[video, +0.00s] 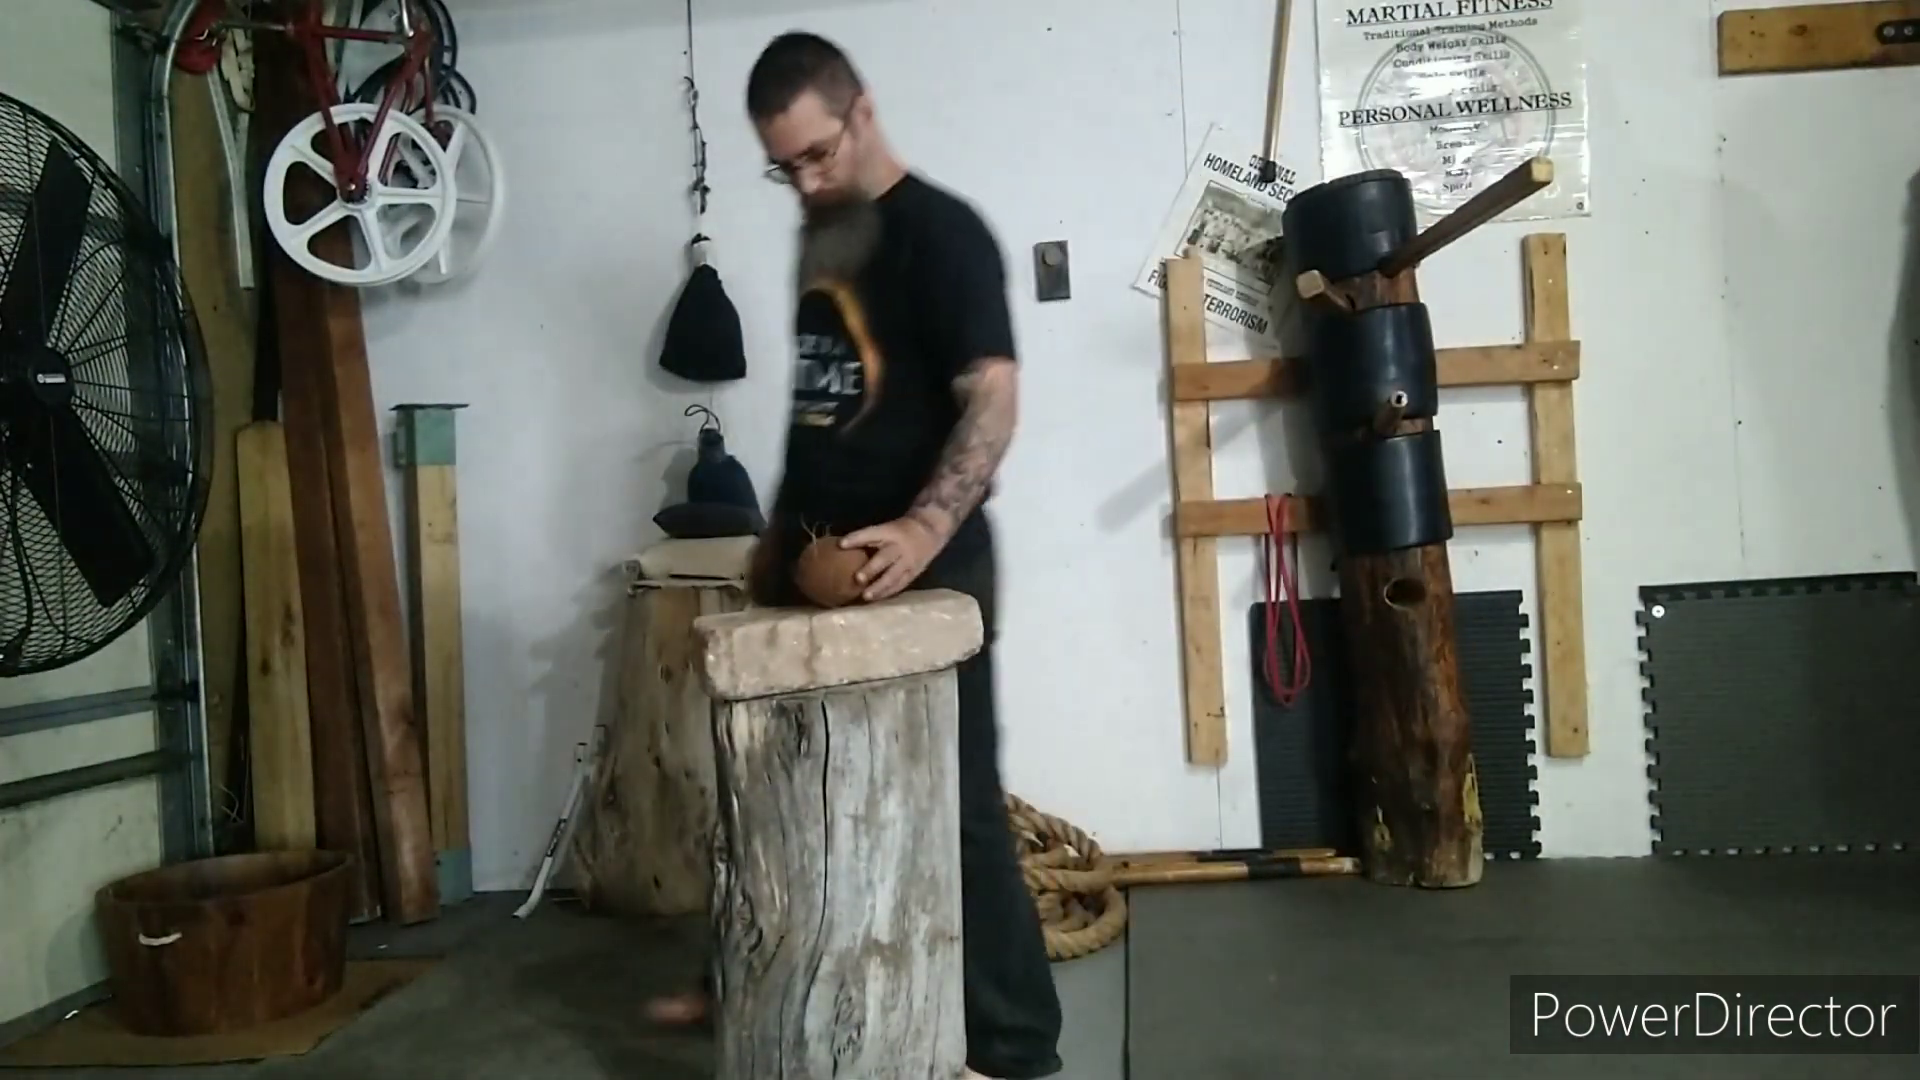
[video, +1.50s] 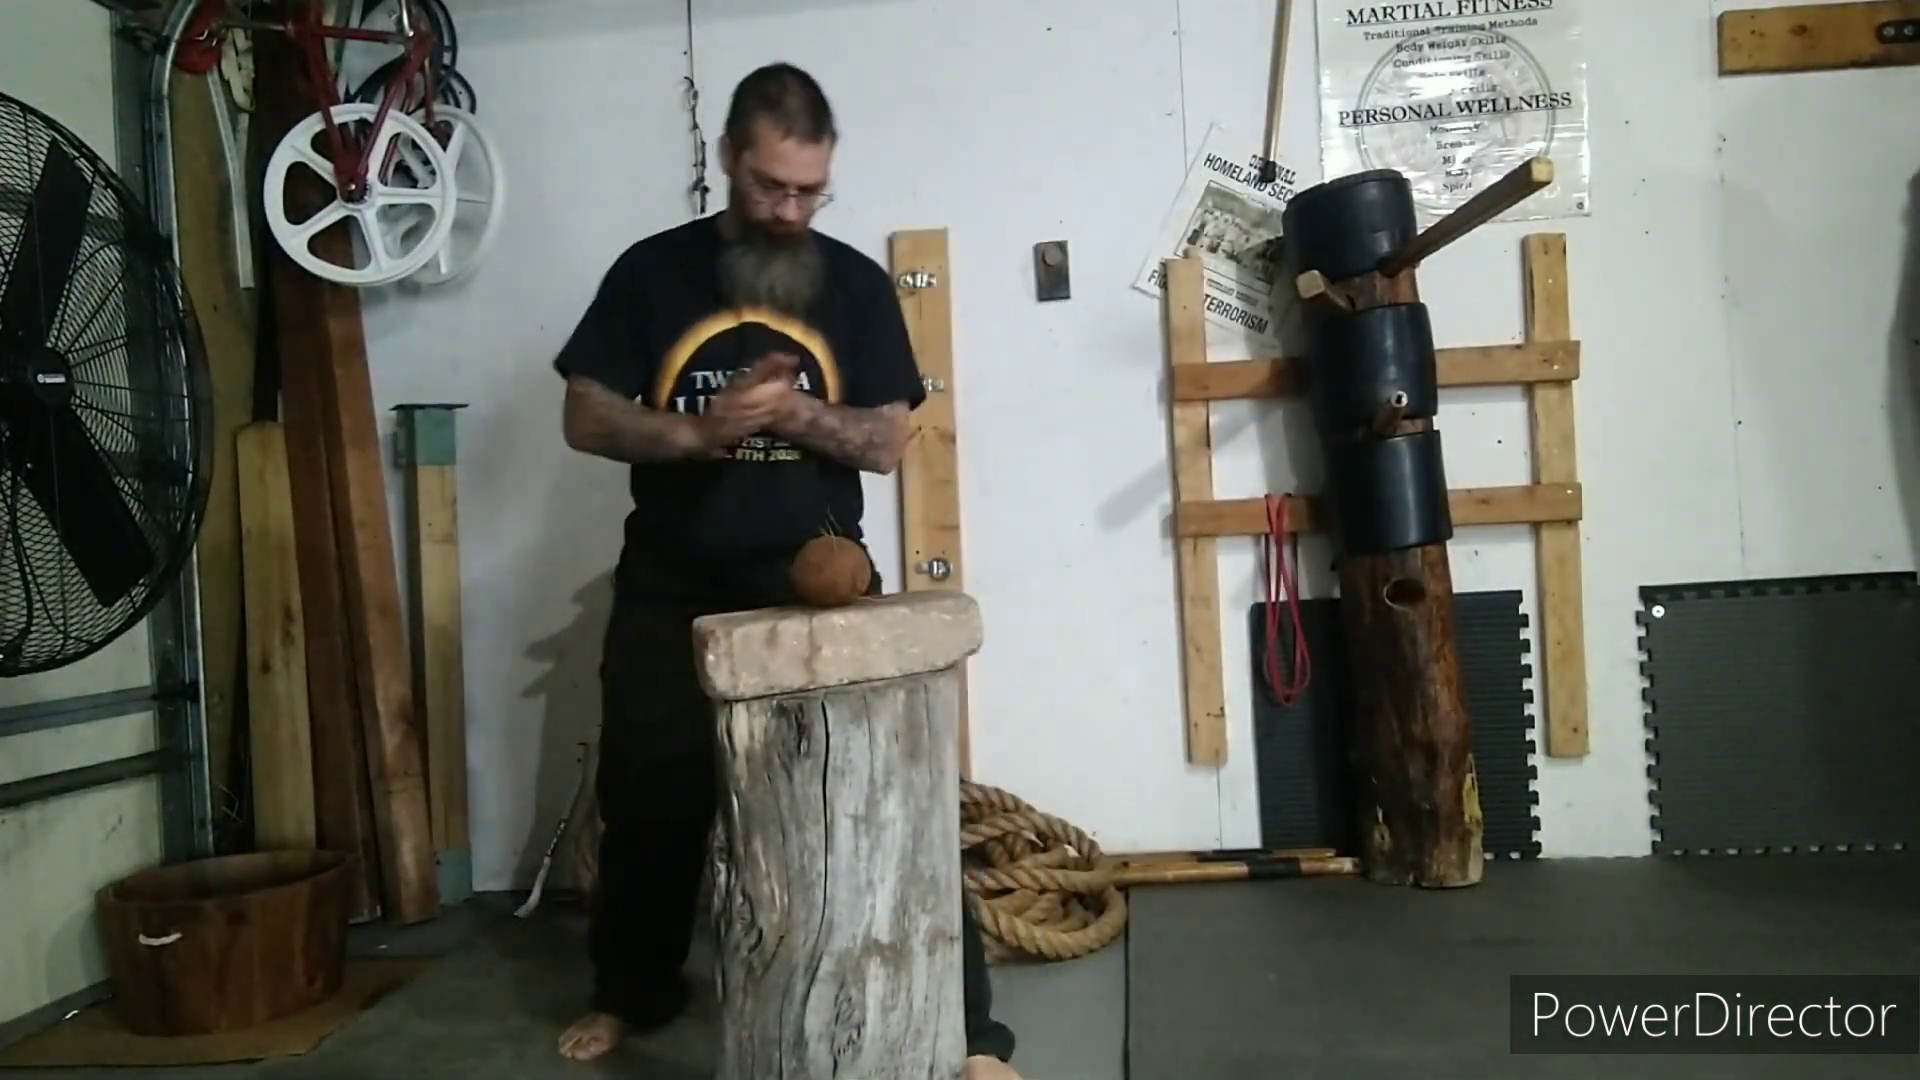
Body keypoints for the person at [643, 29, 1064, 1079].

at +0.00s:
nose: (807, 182)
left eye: (819, 154)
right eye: (786, 164)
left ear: (864, 111)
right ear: (770, 148)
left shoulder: (944, 230)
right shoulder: (817, 234)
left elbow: (995, 399)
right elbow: (821, 404)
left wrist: (927, 526)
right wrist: (782, 530)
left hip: (924, 564)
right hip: (814, 559)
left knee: (954, 808)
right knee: (795, 793)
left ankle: (1014, 1042)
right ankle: (755, 983)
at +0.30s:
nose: (751, 197)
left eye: (769, 173)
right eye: (729, 178)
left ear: (804, 140)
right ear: (705, 161)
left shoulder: (870, 256)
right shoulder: (708, 256)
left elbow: (910, 416)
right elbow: (674, 404)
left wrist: (885, 520)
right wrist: (631, 526)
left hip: (836, 586)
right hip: (717, 581)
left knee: (871, 810)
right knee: (685, 806)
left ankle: (952, 1008)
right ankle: (705, 1001)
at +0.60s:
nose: (772, 190)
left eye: (790, 168)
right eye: (750, 170)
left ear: (821, 143)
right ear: (720, 150)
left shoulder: (871, 267)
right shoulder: (686, 255)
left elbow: (903, 427)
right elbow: (628, 390)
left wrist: (886, 521)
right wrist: (557, 509)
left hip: (833, 585)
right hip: (700, 578)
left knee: (894, 806)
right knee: (682, 805)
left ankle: (968, 1027)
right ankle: (702, 998)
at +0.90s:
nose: (851, 184)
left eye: (873, 163)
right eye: (830, 160)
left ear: (902, 137)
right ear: (795, 132)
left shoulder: (939, 263)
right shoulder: (735, 244)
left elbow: (958, 426)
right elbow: (682, 389)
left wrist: (908, 518)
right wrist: (658, 512)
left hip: (888, 577)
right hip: (733, 574)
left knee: (936, 801)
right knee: (704, 795)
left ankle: (972, 1030)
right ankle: (691, 994)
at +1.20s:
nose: (858, 192)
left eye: (881, 172)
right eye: (839, 169)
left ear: (908, 146)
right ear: (802, 137)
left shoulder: (939, 267)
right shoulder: (725, 240)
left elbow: (974, 427)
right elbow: (659, 384)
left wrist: (900, 461)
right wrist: (737, 443)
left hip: (883, 563)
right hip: (730, 560)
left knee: (932, 793)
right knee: (673, 779)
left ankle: (973, 1030)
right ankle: (634, 988)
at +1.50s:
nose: (789, 210)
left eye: (808, 190)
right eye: (771, 186)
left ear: (829, 170)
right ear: (728, 158)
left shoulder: (858, 285)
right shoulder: (651, 272)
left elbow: (890, 442)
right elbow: (585, 421)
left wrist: (805, 413)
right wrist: (702, 432)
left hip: (821, 590)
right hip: (671, 591)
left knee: (891, 805)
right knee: (649, 807)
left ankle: (968, 1031)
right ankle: (628, 995)